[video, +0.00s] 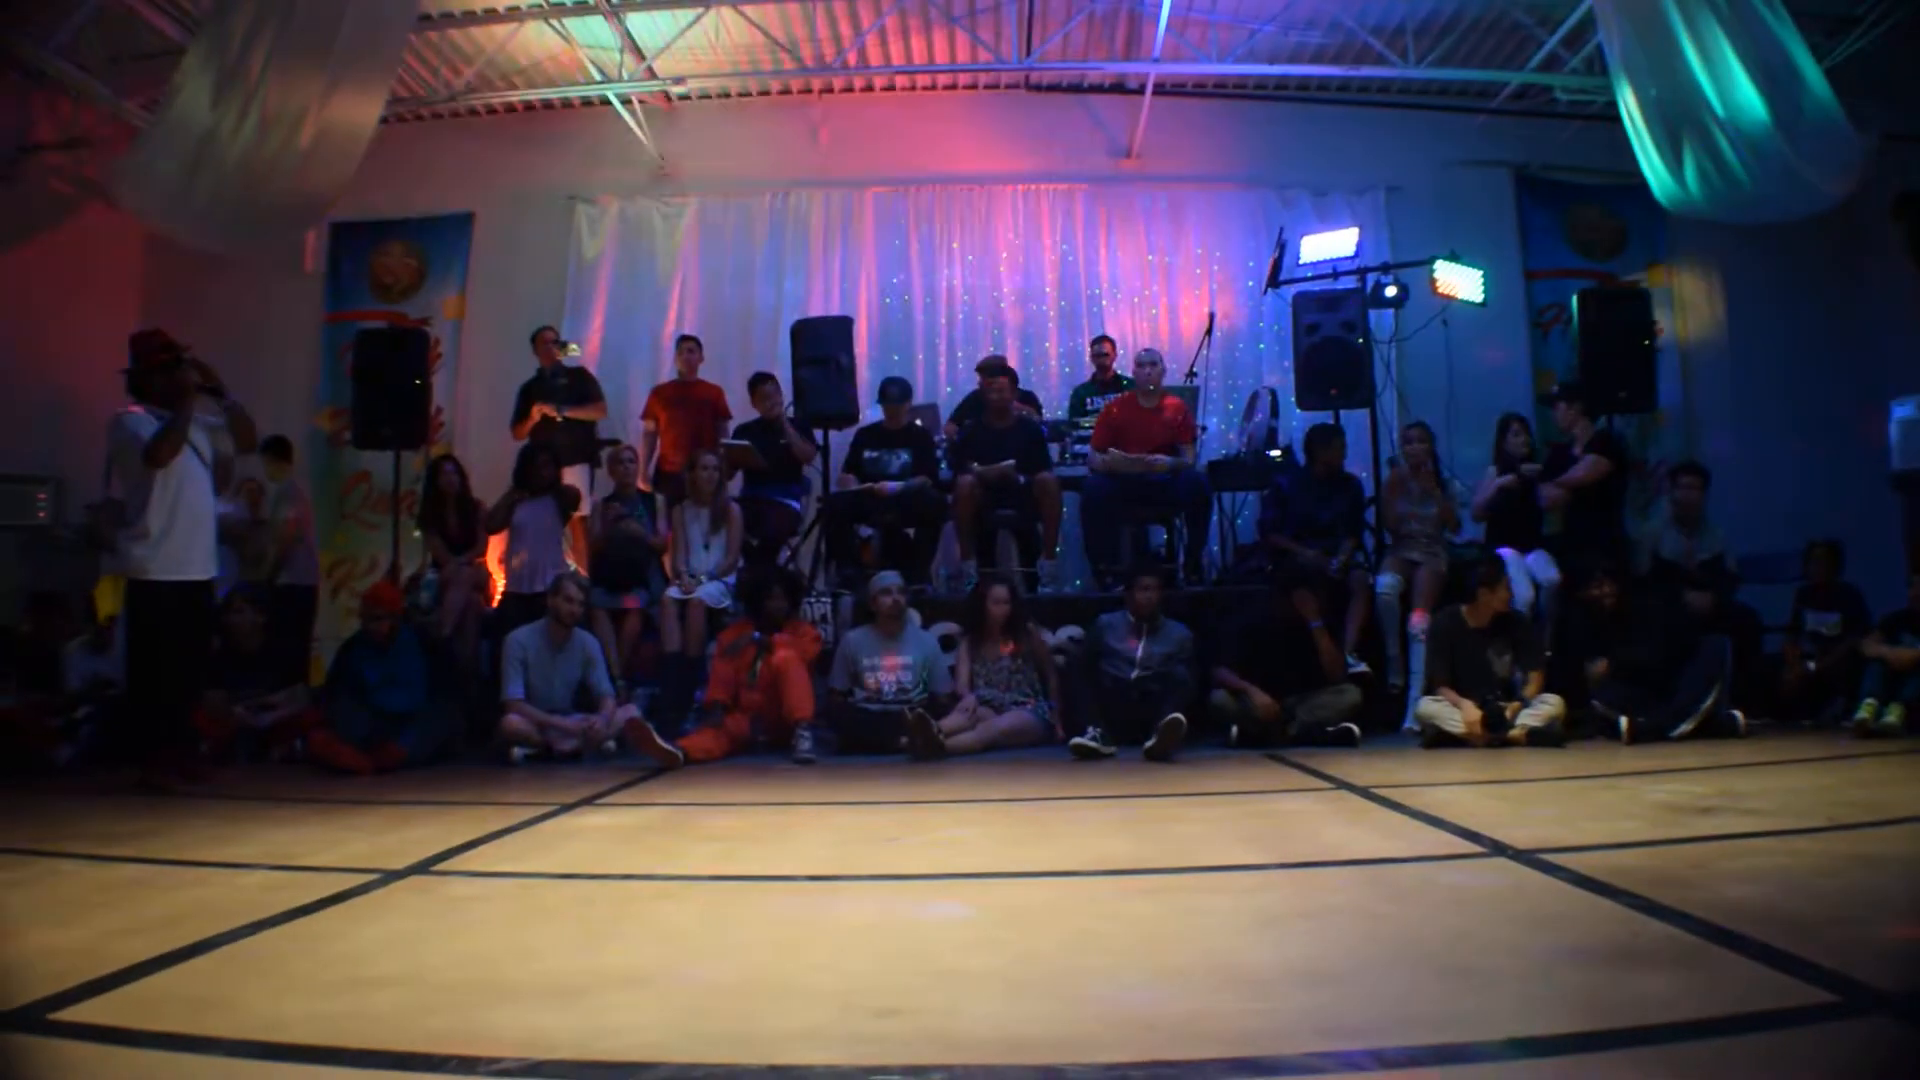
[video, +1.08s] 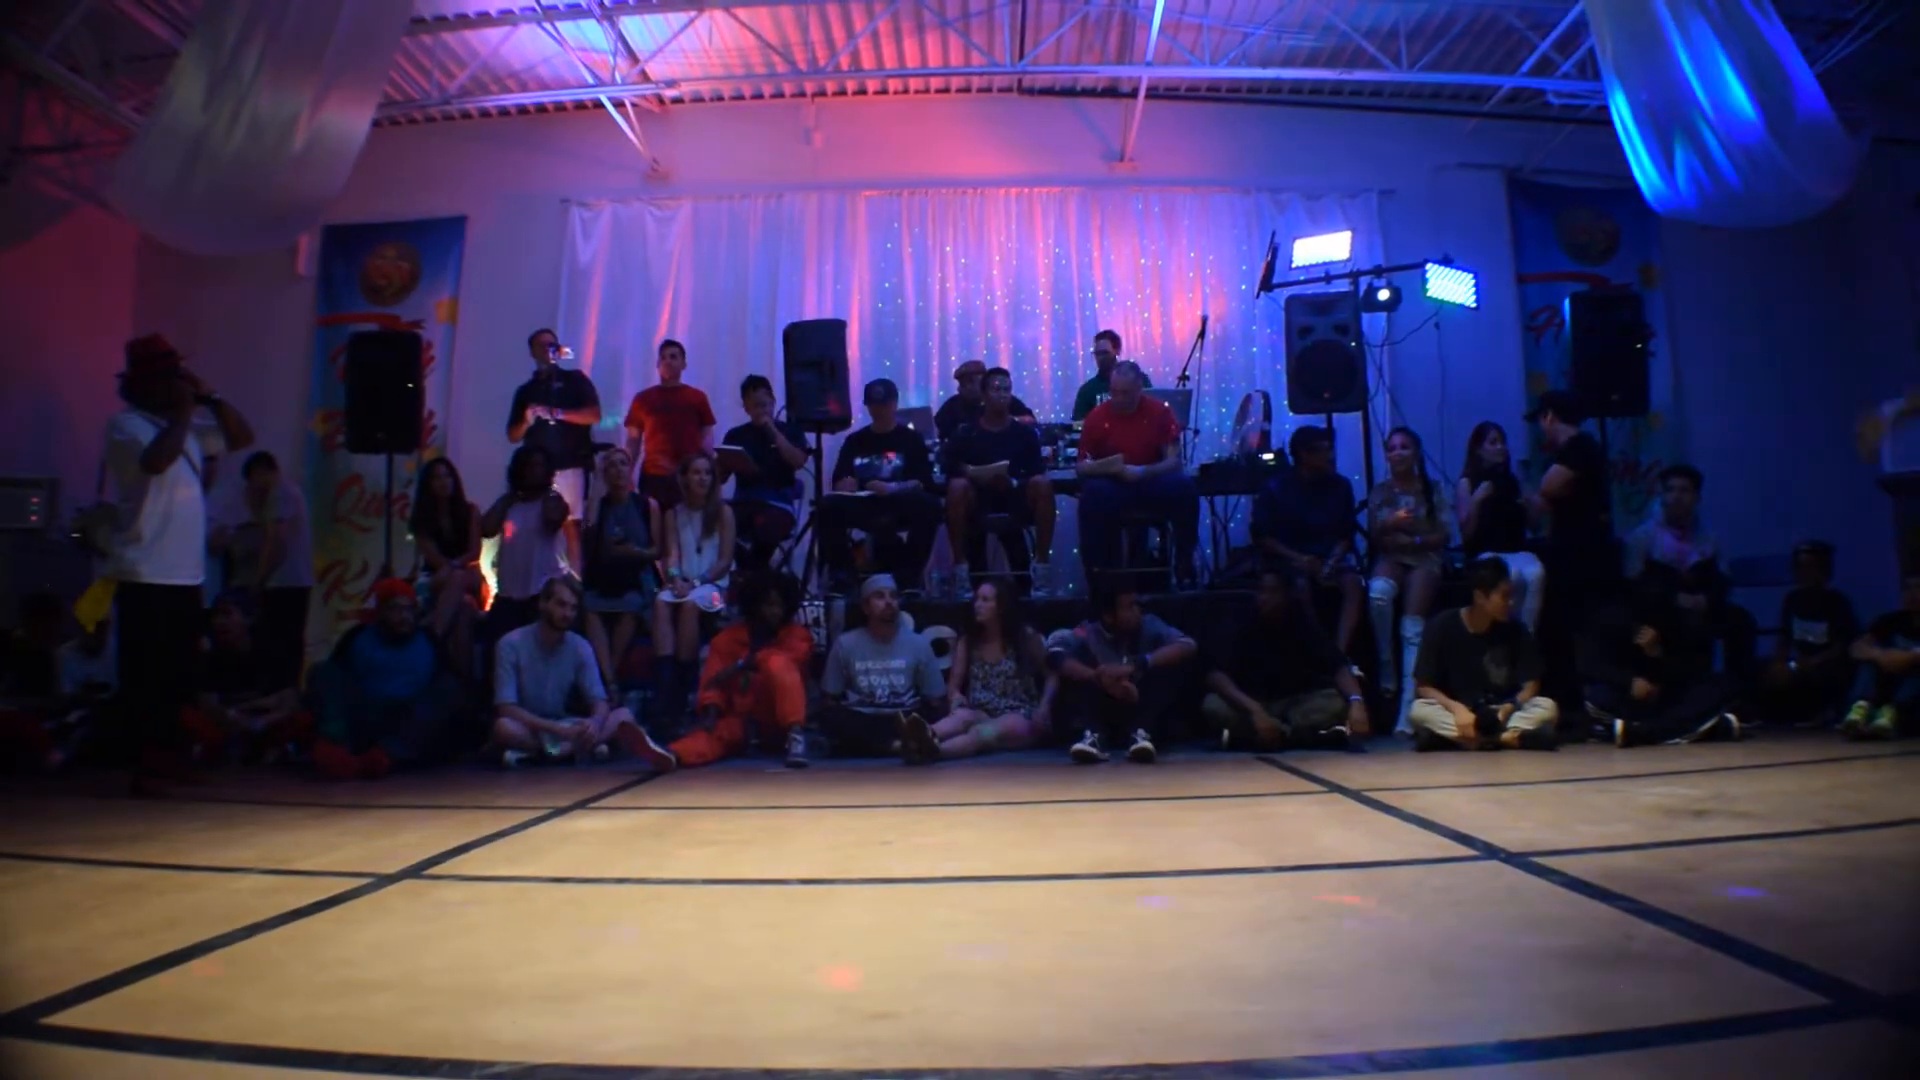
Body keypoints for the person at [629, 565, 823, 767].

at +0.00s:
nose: (777, 606)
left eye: (783, 599)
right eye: (771, 598)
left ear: (793, 603)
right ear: (757, 601)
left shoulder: (803, 631)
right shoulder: (736, 635)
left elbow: (805, 653)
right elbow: (722, 676)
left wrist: (767, 641)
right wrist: (716, 708)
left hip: (782, 713)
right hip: (745, 717)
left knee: (786, 658)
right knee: (718, 736)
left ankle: (803, 732)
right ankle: (679, 751)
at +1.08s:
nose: (773, 611)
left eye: (779, 605)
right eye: (767, 604)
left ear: (788, 608)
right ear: (753, 606)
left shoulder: (796, 636)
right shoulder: (727, 639)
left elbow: (794, 657)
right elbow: (711, 683)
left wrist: (755, 661)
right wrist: (712, 709)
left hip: (777, 714)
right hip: (739, 717)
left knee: (777, 662)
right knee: (716, 737)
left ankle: (795, 737)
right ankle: (672, 755)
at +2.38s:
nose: (757, 611)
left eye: (765, 605)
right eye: (755, 603)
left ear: (782, 610)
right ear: (749, 605)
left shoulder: (795, 636)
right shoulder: (726, 643)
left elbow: (786, 666)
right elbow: (707, 705)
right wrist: (731, 709)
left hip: (772, 719)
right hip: (736, 722)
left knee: (774, 660)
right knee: (711, 735)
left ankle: (794, 737)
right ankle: (670, 755)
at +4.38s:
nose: (777, 613)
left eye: (782, 607)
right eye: (770, 606)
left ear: (788, 609)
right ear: (754, 608)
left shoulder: (796, 636)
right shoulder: (725, 645)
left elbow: (785, 661)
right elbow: (709, 703)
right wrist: (732, 718)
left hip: (774, 720)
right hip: (737, 724)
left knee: (779, 660)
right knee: (709, 736)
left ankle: (794, 736)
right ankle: (670, 755)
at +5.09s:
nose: (778, 614)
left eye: (783, 607)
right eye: (771, 606)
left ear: (788, 609)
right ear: (755, 607)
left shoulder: (794, 636)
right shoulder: (724, 645)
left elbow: (788, 660)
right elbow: (708, 705)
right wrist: (732, 719)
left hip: (774, 719)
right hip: (737, 722)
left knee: (777, 660)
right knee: (710, 734)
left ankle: (795, 736)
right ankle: (669, 756)